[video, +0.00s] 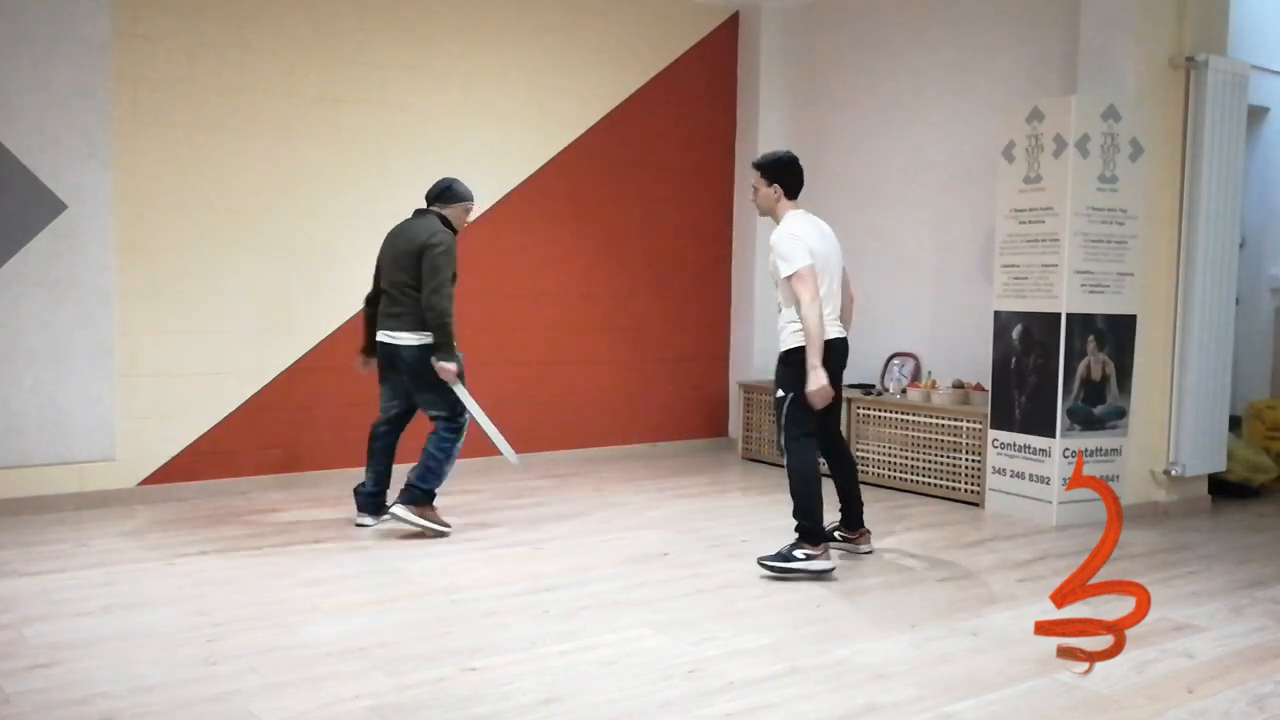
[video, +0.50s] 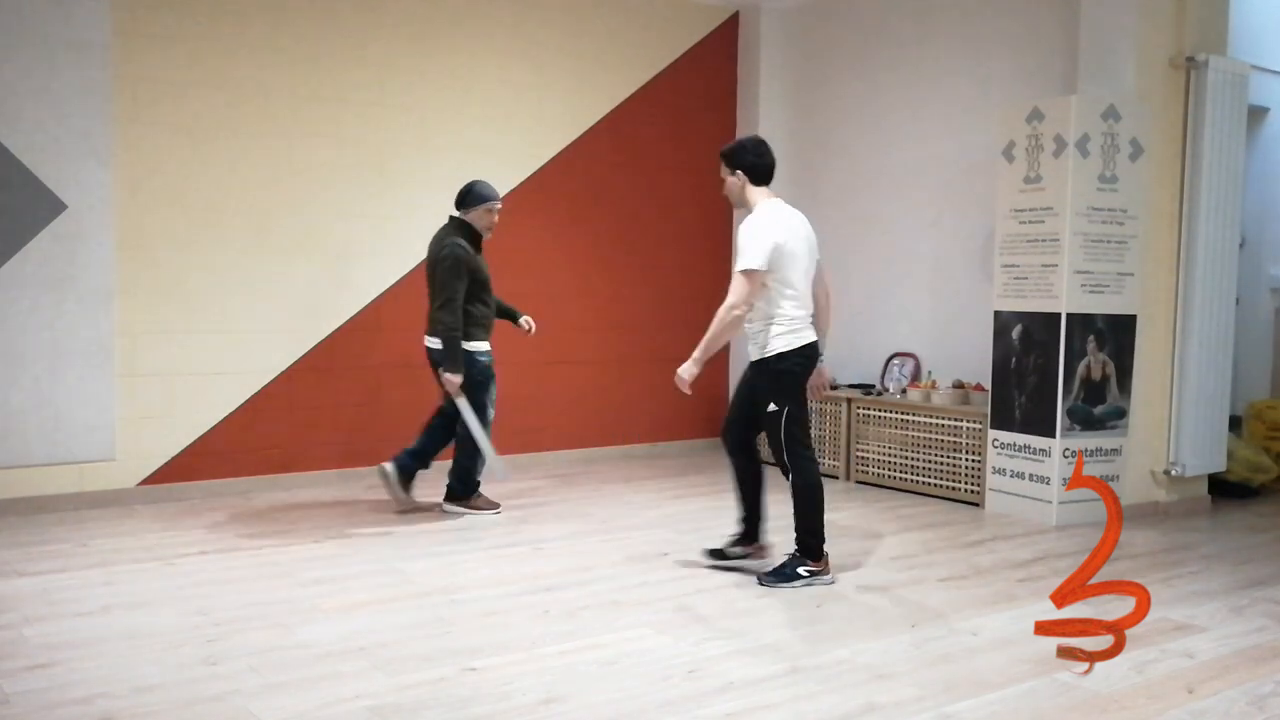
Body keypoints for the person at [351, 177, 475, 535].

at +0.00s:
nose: (469, 219)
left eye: (470, 212)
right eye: (467, 212)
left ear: (434, 205)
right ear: (449, 208)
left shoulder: (399, 232)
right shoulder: (440, 238)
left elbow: (377, 292)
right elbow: (436, 298)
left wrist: (370, 342)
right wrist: (445, 353)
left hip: (388, 345)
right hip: (420, 347)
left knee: (391, 418)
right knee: (453, 418)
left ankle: (370, 503)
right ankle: (417, 499)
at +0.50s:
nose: (497, 219)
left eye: (498, 212)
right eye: (492, 211)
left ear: (472, 213)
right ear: (471, 212)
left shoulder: (461, 243)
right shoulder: (454, 250)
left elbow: (477, 297)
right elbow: (448, 311)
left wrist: (513, 315)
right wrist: (451, 364)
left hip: (461, 347)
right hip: (468, 350)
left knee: (454, 413)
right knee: (476, 422)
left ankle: (403, 469)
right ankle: (462, 492)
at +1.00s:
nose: (539, 217)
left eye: (542, 210)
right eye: (531, 210)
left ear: (545, 213)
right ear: (512, 213)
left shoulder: (538, 248)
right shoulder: (489, 250)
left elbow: (542, 303)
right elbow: (477, 304)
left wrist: (569, 336)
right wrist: (502, 352)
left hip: (536, 352)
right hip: (499, 353)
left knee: (556, 416)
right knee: (501, 421)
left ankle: (553, 489)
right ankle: (472, 483)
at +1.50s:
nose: (546, 229)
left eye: (551, 223)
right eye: (539, 223)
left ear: (558, 227)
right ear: (523, 226)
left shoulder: (560, 263)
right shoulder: (508, 260)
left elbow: (574, 309)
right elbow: (531, 283)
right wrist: (568, 280)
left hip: (547, 364)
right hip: (505, 363)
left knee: (560, 432)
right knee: (503, 439)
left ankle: (550, 491)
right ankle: (496, 524)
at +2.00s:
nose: (512, 200)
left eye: (519, 191)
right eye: (503, 193)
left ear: (529, 197)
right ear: (489, 201)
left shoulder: (559, 246)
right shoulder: (476, 252)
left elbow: (591, 301)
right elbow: (430, 289)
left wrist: (584, 362)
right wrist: (403, 244)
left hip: (550, 372)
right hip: (497, 372)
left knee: (561, 452)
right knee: (490, 452)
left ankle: (571, 529)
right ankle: (501, 535)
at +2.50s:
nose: (547, 210)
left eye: (552, 202)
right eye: (539, 200)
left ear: (552, 204)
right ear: (512, 197)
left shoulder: (547, 238)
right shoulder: (480, 238)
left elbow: (540, 302)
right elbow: (515, 311)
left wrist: (555, 294)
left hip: (523, 378)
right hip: (467, 377)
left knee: (548, 463)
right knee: (443, 472)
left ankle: (549, 538)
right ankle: (423, 564)